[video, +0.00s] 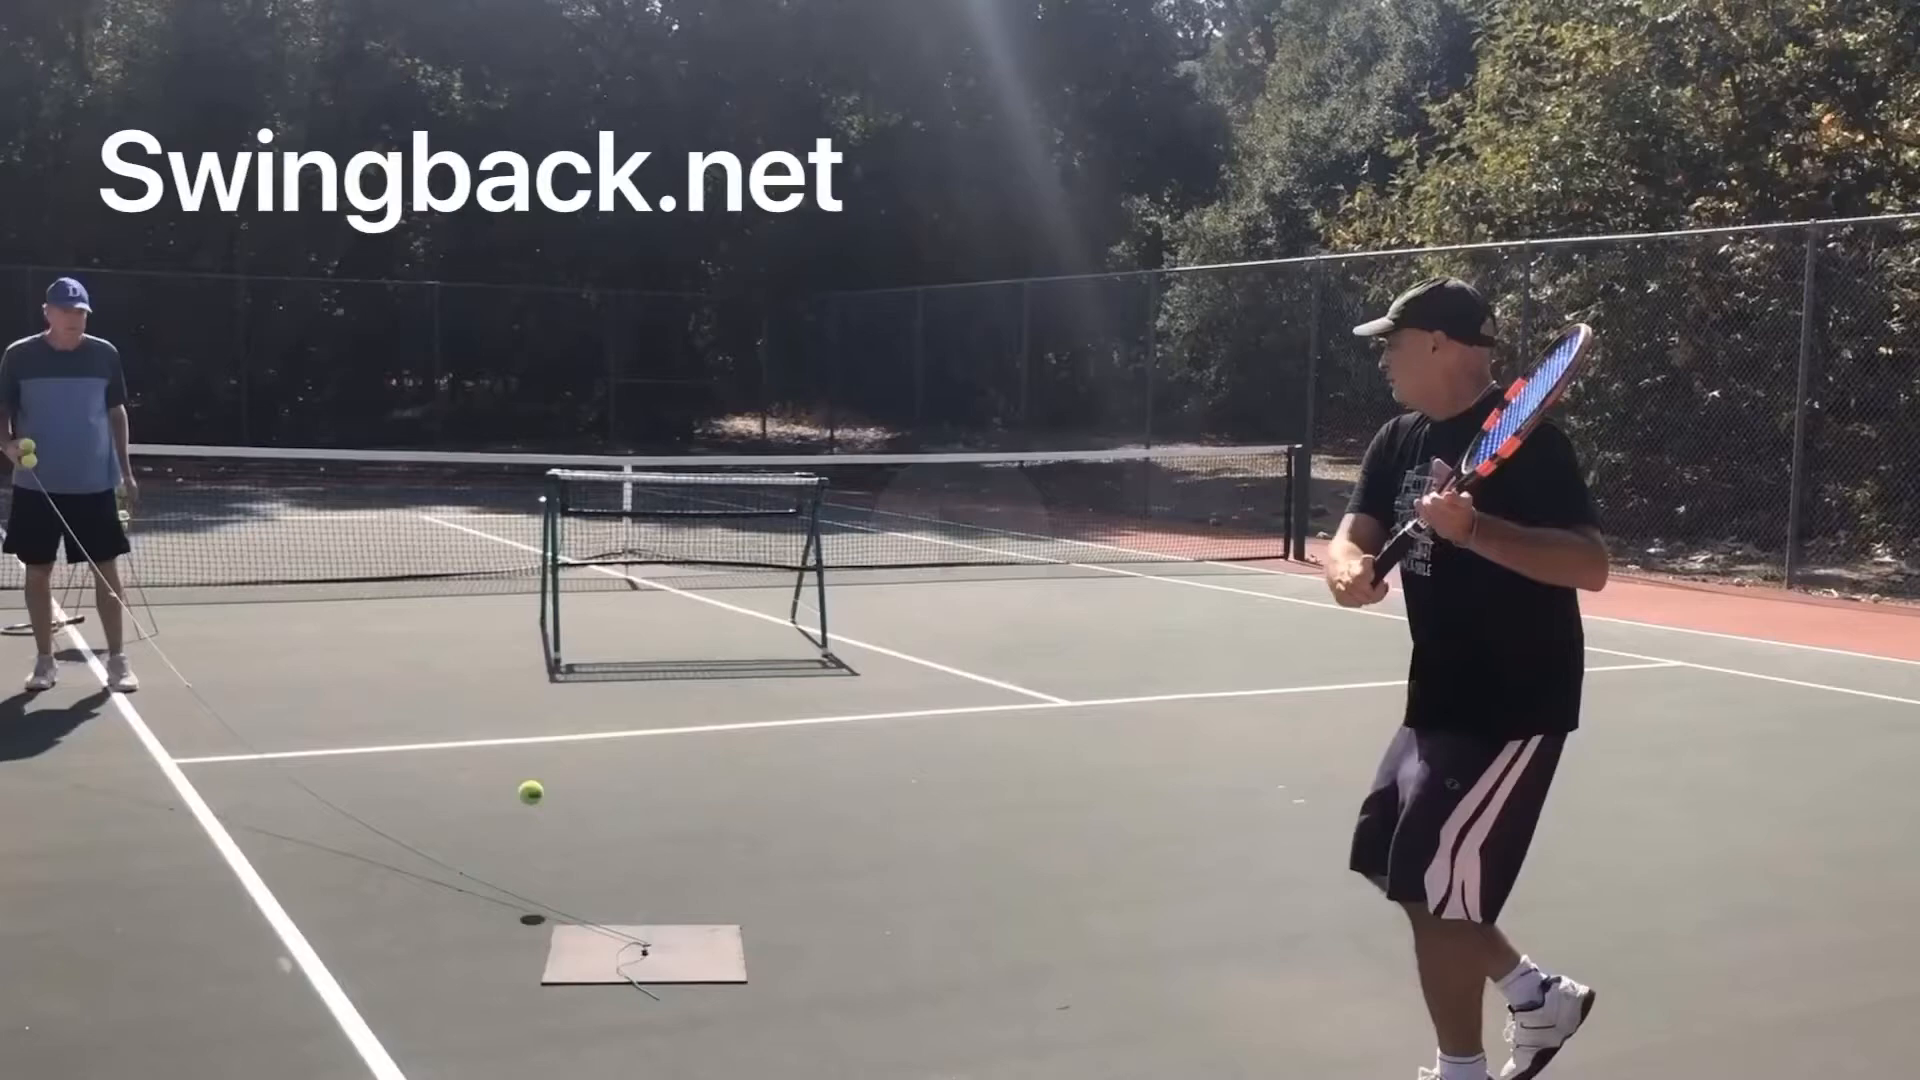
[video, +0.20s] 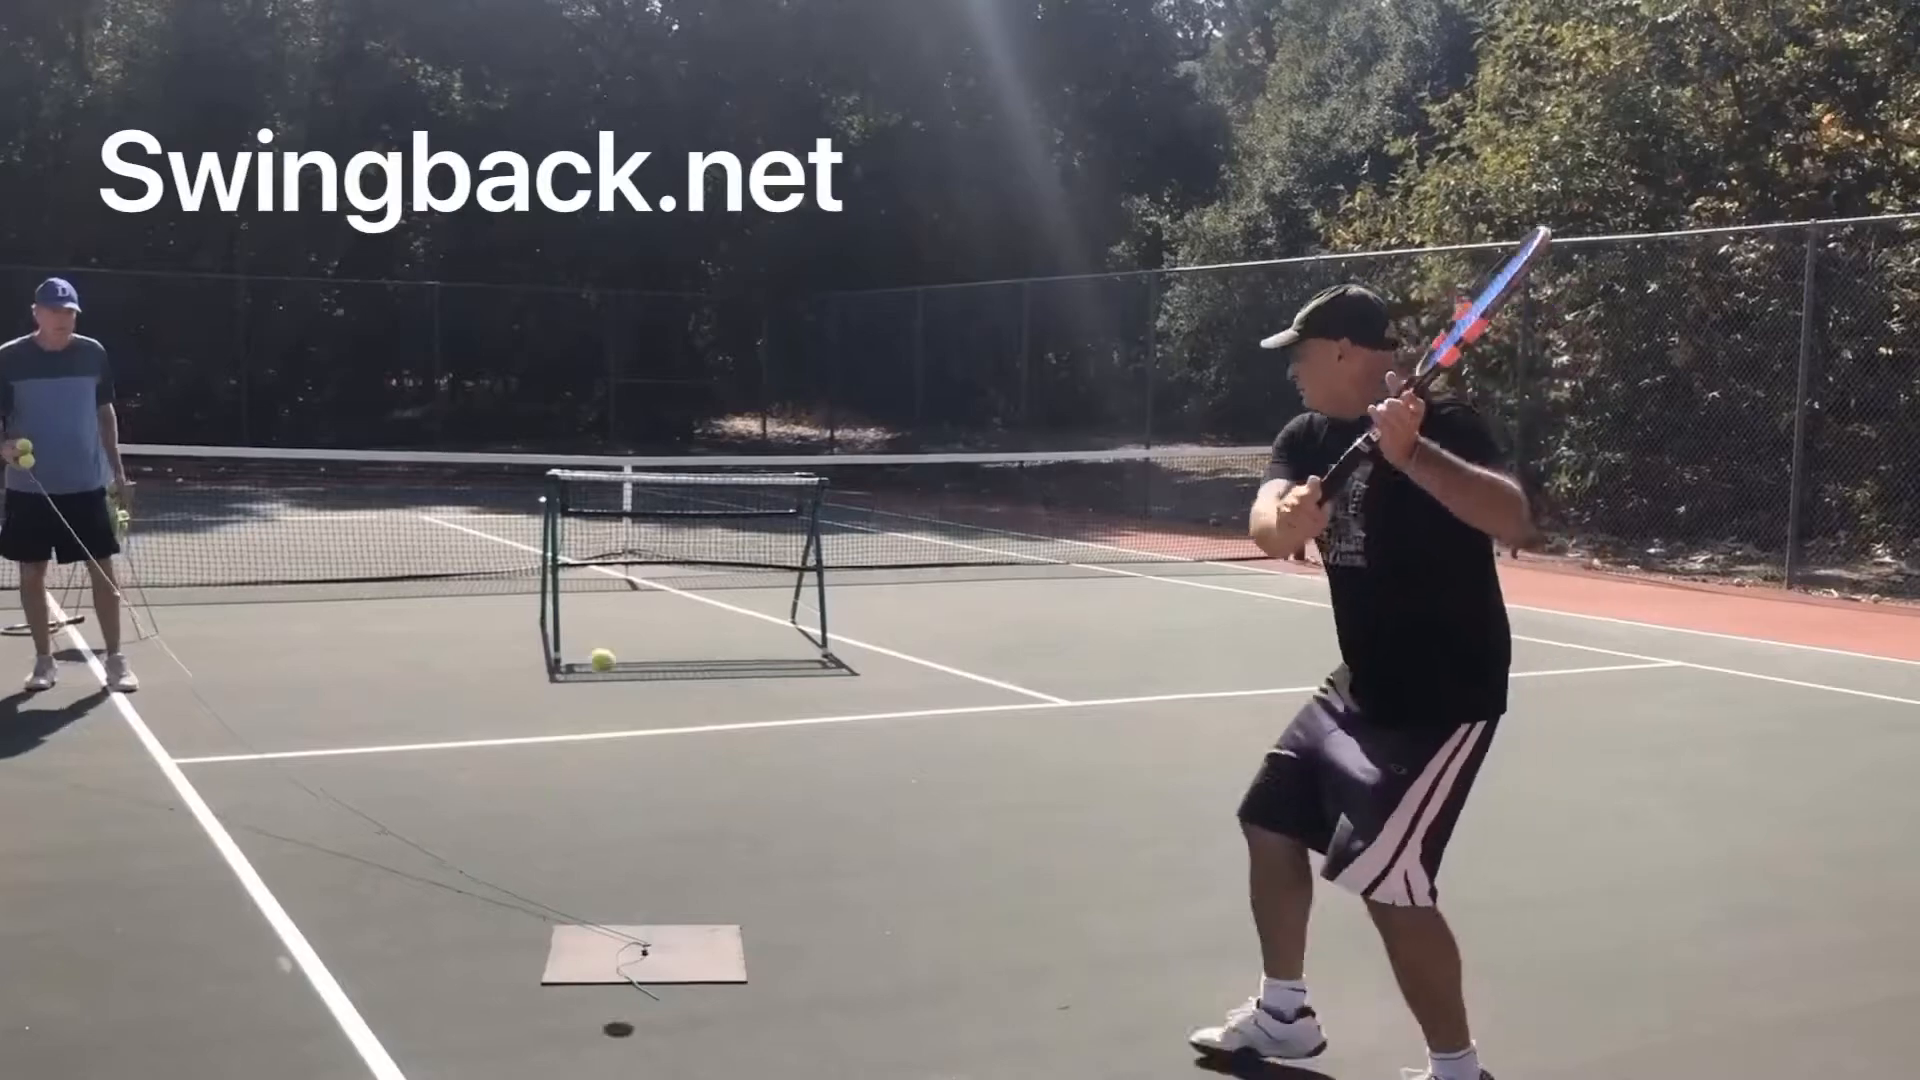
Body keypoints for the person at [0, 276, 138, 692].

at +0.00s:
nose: (74, 318)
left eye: (79, 311)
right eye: (66, 311)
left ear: (87, 314)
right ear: (47, 312)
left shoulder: (104, 354)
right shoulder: (18, 356)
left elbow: (117, 413)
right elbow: (5, 412)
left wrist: (126, 470)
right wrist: (9, 443)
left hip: (94, 487)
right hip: (36, 489)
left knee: (107, 572)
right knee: (37, 574)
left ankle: (117, 660)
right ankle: (45, 660)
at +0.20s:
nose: (64, 318)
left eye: (69, 311)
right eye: (55, 310)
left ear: (77, 313)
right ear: (36, 312)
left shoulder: (94, 353)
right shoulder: (10, 356)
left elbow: (105, 412)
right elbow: (3, 417)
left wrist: (118, 471)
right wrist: (5, 445)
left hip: (85, 487)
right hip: (28, 489)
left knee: (103, 571)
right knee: (32, 575)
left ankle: (115, 659)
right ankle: (44, 661)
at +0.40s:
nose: (58, 267)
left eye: (64, 259)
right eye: (50, 259)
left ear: (71, 262)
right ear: (31, 261)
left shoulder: (86, 301)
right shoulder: (6, 306)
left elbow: (98, 360)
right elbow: (0, 371)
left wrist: (116, 414)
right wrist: (6, 396)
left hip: (83, 435)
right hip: (26, 439)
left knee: (100, 516)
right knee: (30, 523)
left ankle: (110, 608)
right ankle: (44, 610)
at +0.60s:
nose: (61, 267)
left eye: (66, 259)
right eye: (53, 259)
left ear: (73, 262)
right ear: (32, 260)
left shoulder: (87, 302)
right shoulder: (7, 305)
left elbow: (99, 359)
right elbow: (2, 374)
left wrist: (118, 408)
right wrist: (12, 396)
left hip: (81, 437)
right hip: (26, 439)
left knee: (96, 518)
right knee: (31, 523)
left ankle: (108, 609)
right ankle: (44, 609)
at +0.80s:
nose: (70, 266)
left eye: (76, 259)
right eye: (62, 258)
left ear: (82, 262)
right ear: (43, 260)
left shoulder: (95, 303)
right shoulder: (13, 305)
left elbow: (105, 362)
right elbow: (2, 367)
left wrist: (122, 415)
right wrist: (20, 393)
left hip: (85, 437)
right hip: (30, 439)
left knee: (98, 520)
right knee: (33, 524)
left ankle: (108, 609)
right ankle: (45, 610)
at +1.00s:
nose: (82, 270)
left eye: (88, 262)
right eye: (74, 261)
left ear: (96, 265)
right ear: (55, 261)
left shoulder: (105, 306)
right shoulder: (24, 304)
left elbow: (111, 365)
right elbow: (6, 364)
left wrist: (121, 422)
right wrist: (27, 392)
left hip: (91, 437)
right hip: (36, 437)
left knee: (101, 519)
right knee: (37, 521)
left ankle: (109, 609)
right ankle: (45, 609)